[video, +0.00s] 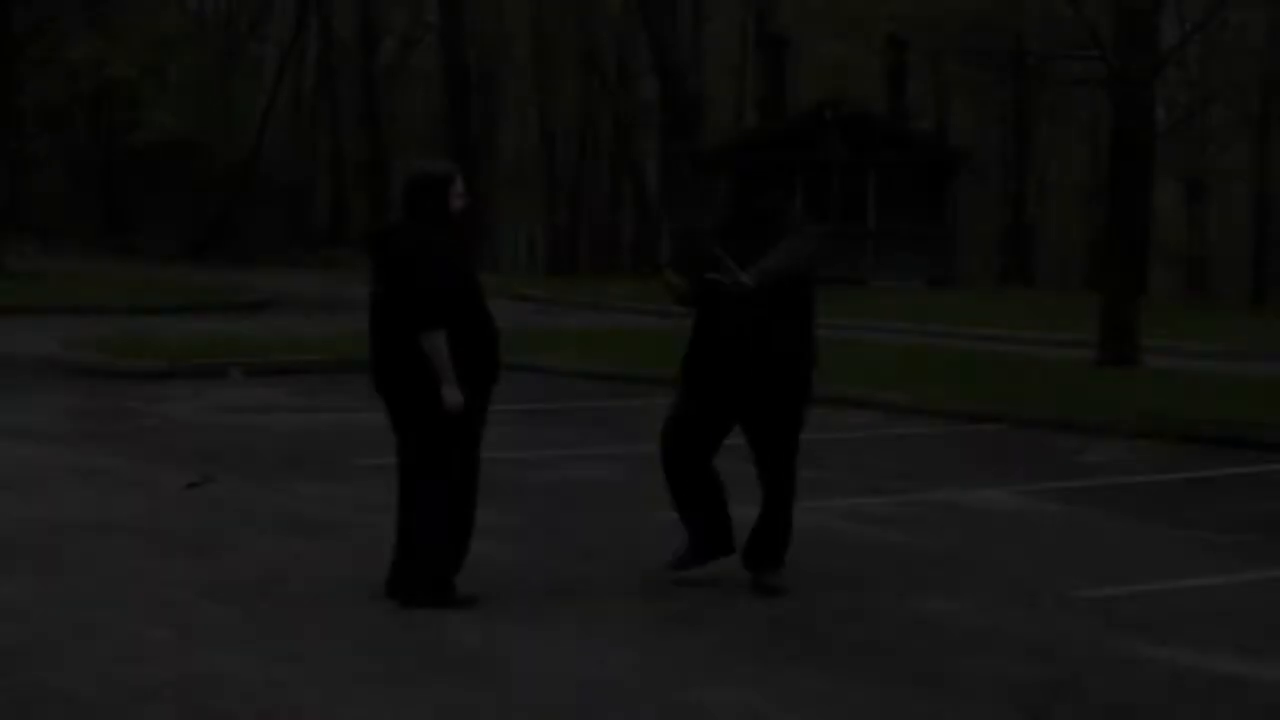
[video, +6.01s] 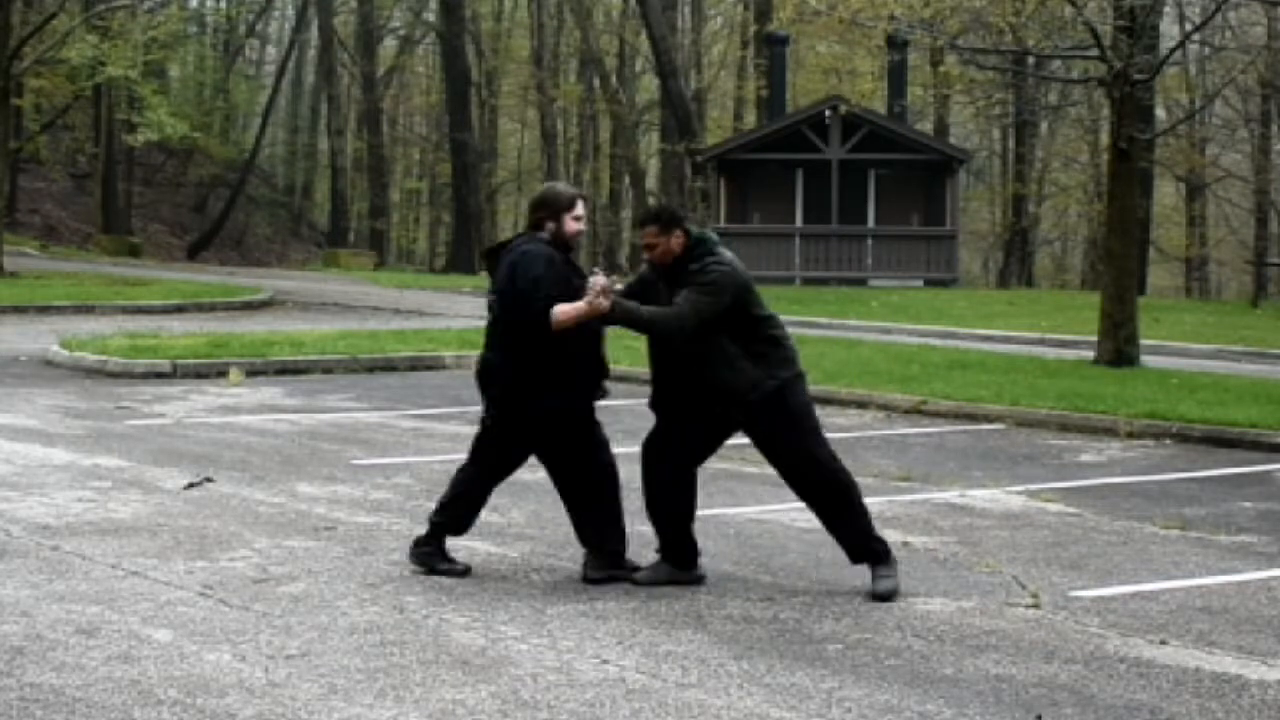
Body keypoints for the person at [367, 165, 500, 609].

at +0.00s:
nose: (463, 204)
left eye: (461, 195)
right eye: (456, 196)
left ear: (421, 200)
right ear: (439, 201)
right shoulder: (436, 247)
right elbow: (433, 327)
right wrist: (451, 385)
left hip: (416, 390)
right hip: (443, 394)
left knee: (425, 486)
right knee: (445, 489)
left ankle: (415, 577)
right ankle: (432, 582)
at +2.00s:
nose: (563, 215)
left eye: (561, 206)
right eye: (557, 207)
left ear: (521, 213)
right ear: (534, 213)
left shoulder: (488, 253)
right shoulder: (542, 254)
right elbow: (601, 289)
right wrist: (658, 301)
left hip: (485, 385)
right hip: (527, 390)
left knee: (500, 472)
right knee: (519, 478)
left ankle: (515, 562)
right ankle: (463, 566)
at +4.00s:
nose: (668, 213)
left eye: (667, 206)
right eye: (660, 207)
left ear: (641, 215)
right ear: (636, 215)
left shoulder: (655, 253)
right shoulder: (620, 260)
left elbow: (710, 242)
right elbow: (661, 313)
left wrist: (746, 201)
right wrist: (719, 319)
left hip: (654, 384)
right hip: (643, 390)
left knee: (633, 469)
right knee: (679, 473)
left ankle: (611, 560)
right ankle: (699, 567)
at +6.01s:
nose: (646, 256)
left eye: (652, 246)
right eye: (643, 248)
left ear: (679, 237)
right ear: (652, 243)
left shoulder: (720, 272)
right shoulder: (660, 276)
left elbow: (676, 320)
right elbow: (626, 305)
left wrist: (612, 307)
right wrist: (598, 301)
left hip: (766, 390)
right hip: (709, 396)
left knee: (814, 470)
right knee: (663, 455)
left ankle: (878, 560)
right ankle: (678, 560)